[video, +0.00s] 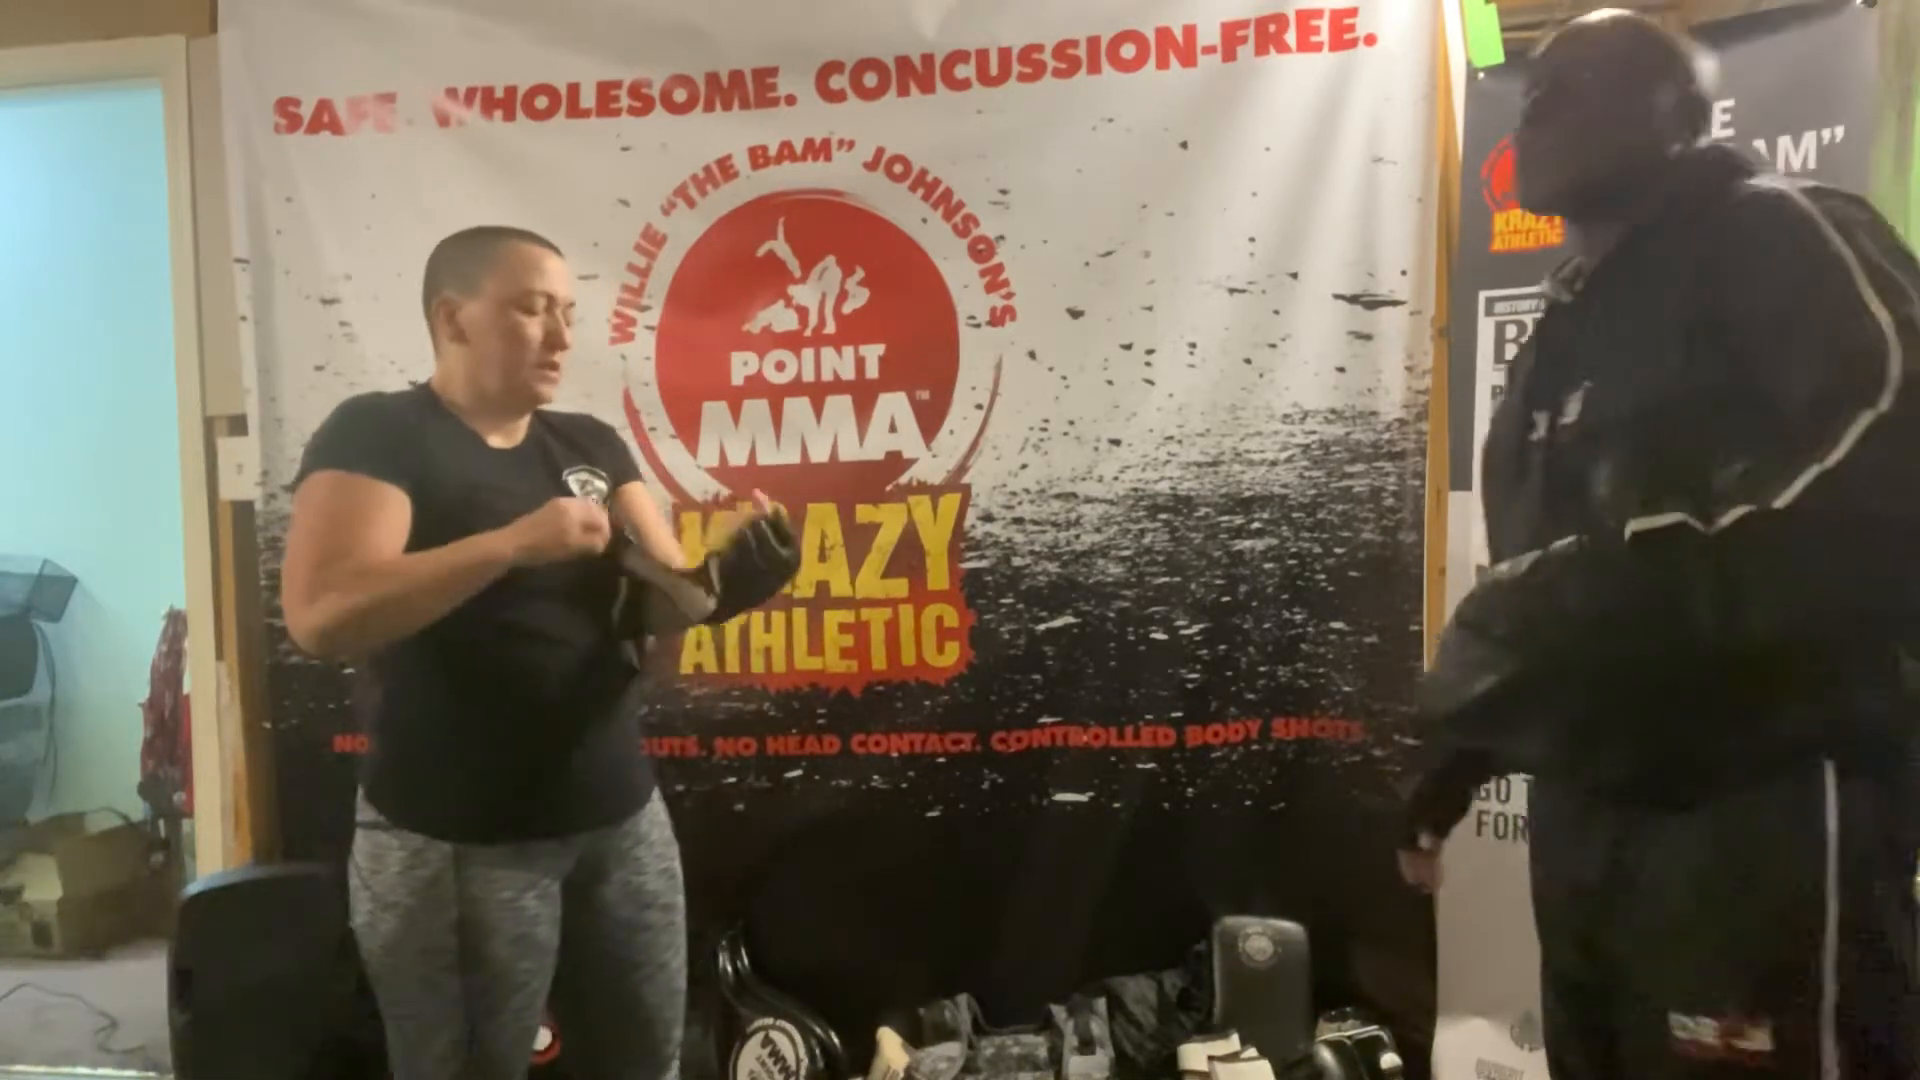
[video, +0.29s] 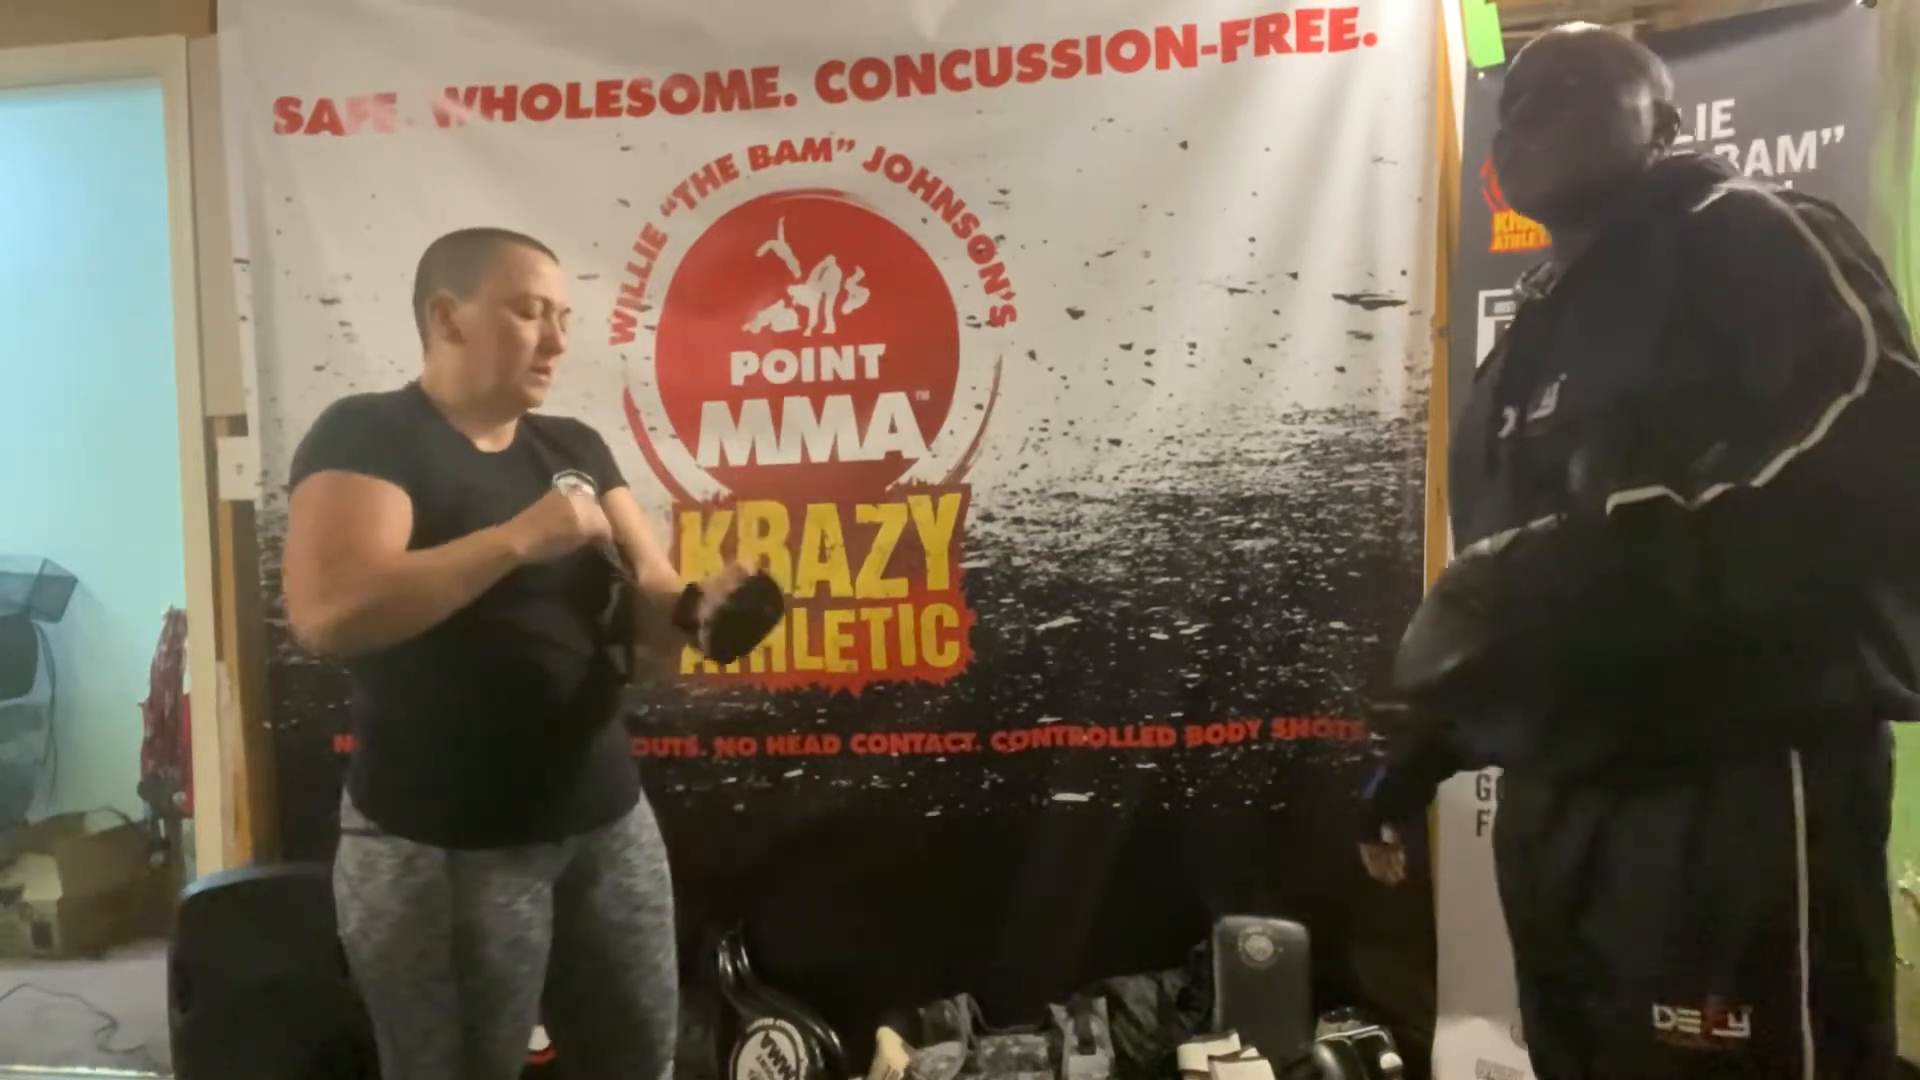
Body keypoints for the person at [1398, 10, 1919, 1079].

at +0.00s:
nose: (1523, 121)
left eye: (1554, 93)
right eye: (1529, 99)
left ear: (1657, 108)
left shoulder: (1787, 235)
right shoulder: (1560, 329)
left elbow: (1882, 501)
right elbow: (1526, 583)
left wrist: (1552, 612)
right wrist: (1451, 767)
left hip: (1777, 806)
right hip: (1601, 813)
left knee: (1798, 1054)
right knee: (1599, 1052)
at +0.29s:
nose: (1506, 126)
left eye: (1542, 94)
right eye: (1504, 106)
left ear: (1644, 114)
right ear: (1503, 158)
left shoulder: (1751, 231)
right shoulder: (1523, 333)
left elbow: (1885, 465)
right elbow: (1503, 594)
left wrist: (1548, 591)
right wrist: (1408, 759)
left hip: (1748, 776)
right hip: (1570, 786)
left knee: (1759, 1053)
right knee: (1581, 1051)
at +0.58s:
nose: (1505, 132)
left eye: (1534, 103)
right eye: (1490, 112)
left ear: (1621, 121)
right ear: (1473, 150)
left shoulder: (1731, 235)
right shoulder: (1497, 349)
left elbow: (1890, 454)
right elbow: (1490, 600)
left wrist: (1617, 569)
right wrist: (1436, 772)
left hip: (1736, 776)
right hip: (1556, 787)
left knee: (1730, 1048)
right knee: (1568, 1047)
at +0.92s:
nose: (1600, 111)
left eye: (1635, 76)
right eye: (1586, 81)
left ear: (1730, 90)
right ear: (1564, 111)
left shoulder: (1853, 250)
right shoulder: (1560, 332)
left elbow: (1882, 572)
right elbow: (1500, 582)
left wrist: (1580, 614)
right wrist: (1411, 748)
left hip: (1794, 841)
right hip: (1580, 844)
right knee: (1584, 1051)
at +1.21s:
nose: (1647, 47)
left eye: (1700, 13)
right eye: (1641, 23)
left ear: (1832, 38)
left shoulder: (1882, 224)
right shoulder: (1633, 300)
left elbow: (1879, 614)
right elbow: (1593, 582)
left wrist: (1566, 683)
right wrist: (1486, 731)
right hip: (1638, 866)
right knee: (1587, 1059)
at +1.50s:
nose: (1659, 44)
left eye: (1705, 11)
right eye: (1669, 18)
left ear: (1827, 32)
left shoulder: (1896, 227)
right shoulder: (1679, 289)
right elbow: (1623, 565)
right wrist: (1593, 787)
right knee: (1641, 1055)